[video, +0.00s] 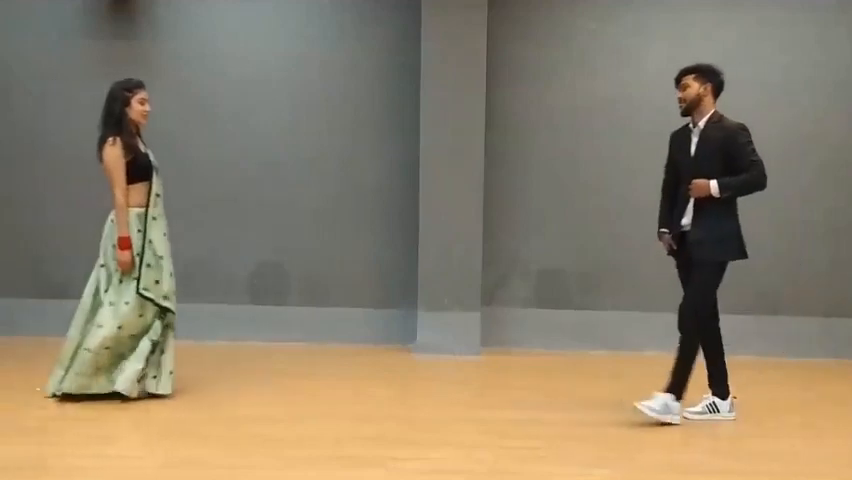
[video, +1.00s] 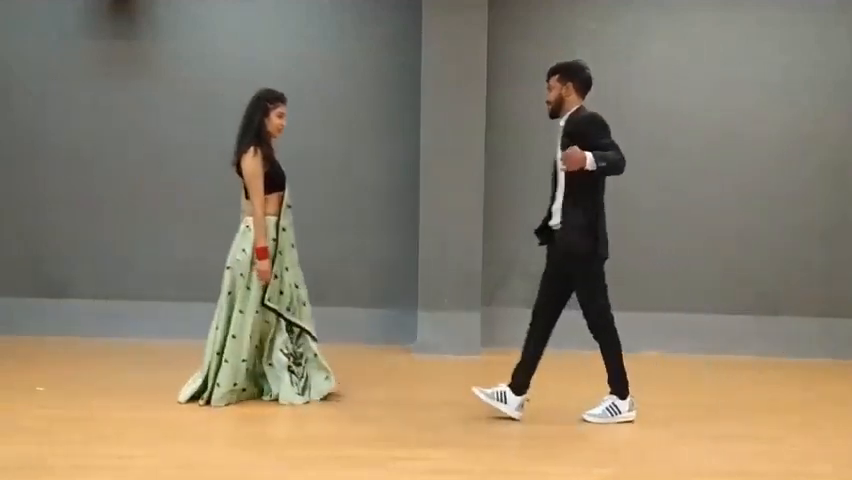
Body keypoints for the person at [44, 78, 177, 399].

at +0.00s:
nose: (147, 108)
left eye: (148, 103)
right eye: (142, 102)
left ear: (139, 108)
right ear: (124, 105)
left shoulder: (138, 142)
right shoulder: (115, 144)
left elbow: (141, 194)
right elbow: (119, 195)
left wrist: (152, 238)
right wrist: (124, 242)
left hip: (150, 230)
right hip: (131, 231)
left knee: (157, 305)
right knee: (136, 307)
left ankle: (140, 378)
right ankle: (83, 375)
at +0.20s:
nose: (175, 114)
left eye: (175, 108)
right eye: (169, 108)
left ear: (163, 113)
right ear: (152, 111)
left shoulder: (163, 147)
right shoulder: (144, 149)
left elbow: (165, 200)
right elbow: (148, 201)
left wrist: (179, 243)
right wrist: (151, 247)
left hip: (175, 234)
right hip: (158, 235)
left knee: (175, 306)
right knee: (156, 307)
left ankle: (177, 376)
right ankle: (156, 377)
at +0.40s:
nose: (204, 117)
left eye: (205, 111)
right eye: (199, 111)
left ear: (196, 114)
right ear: (182, 113)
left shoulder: (192, 150)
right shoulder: (175, 151)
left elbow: (195, 202)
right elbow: (177, 201)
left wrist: (209, 243)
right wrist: (178, 248)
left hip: (205, 234)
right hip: (190, 234)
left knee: (205, 305)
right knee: (191, 307)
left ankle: (207, 375)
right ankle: (192, 376)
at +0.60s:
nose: (232, 115)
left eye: (234, 109)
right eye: (227, 108)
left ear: (227, 112)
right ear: (210, 110)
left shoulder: (219, 148)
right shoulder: (203, 149)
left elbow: (220, 199)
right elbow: (206, 200)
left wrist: (235, 241)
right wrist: (211, 247)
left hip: (231, 233)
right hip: (217, 234)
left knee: (231, 309)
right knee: (216, 310)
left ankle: (229, 378)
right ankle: (217, 379)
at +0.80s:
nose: (259, 116)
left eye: (260, 110)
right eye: (254, 110)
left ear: (247, 111)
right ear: (237, 110)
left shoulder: (241, 147)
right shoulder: (229, 149)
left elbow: (239, 199)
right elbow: (232, 199)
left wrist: (249, 243)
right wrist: (236, 246)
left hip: (252, 233)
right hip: (239, 235)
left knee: (251, 309)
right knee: (237, 310)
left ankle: (250, 378)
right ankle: (232, 380)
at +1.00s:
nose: (283, 122)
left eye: (284, 116)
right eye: (279, 116)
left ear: (272, 118)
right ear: (262, 116)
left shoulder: (264, 153)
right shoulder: (253, 155)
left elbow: (262, 207)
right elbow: (256, 207)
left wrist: (269, 250)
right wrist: (262, 253)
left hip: (273, 238)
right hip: (261, 239)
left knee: (275, 310)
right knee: (261, 311)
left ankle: (274, 377)